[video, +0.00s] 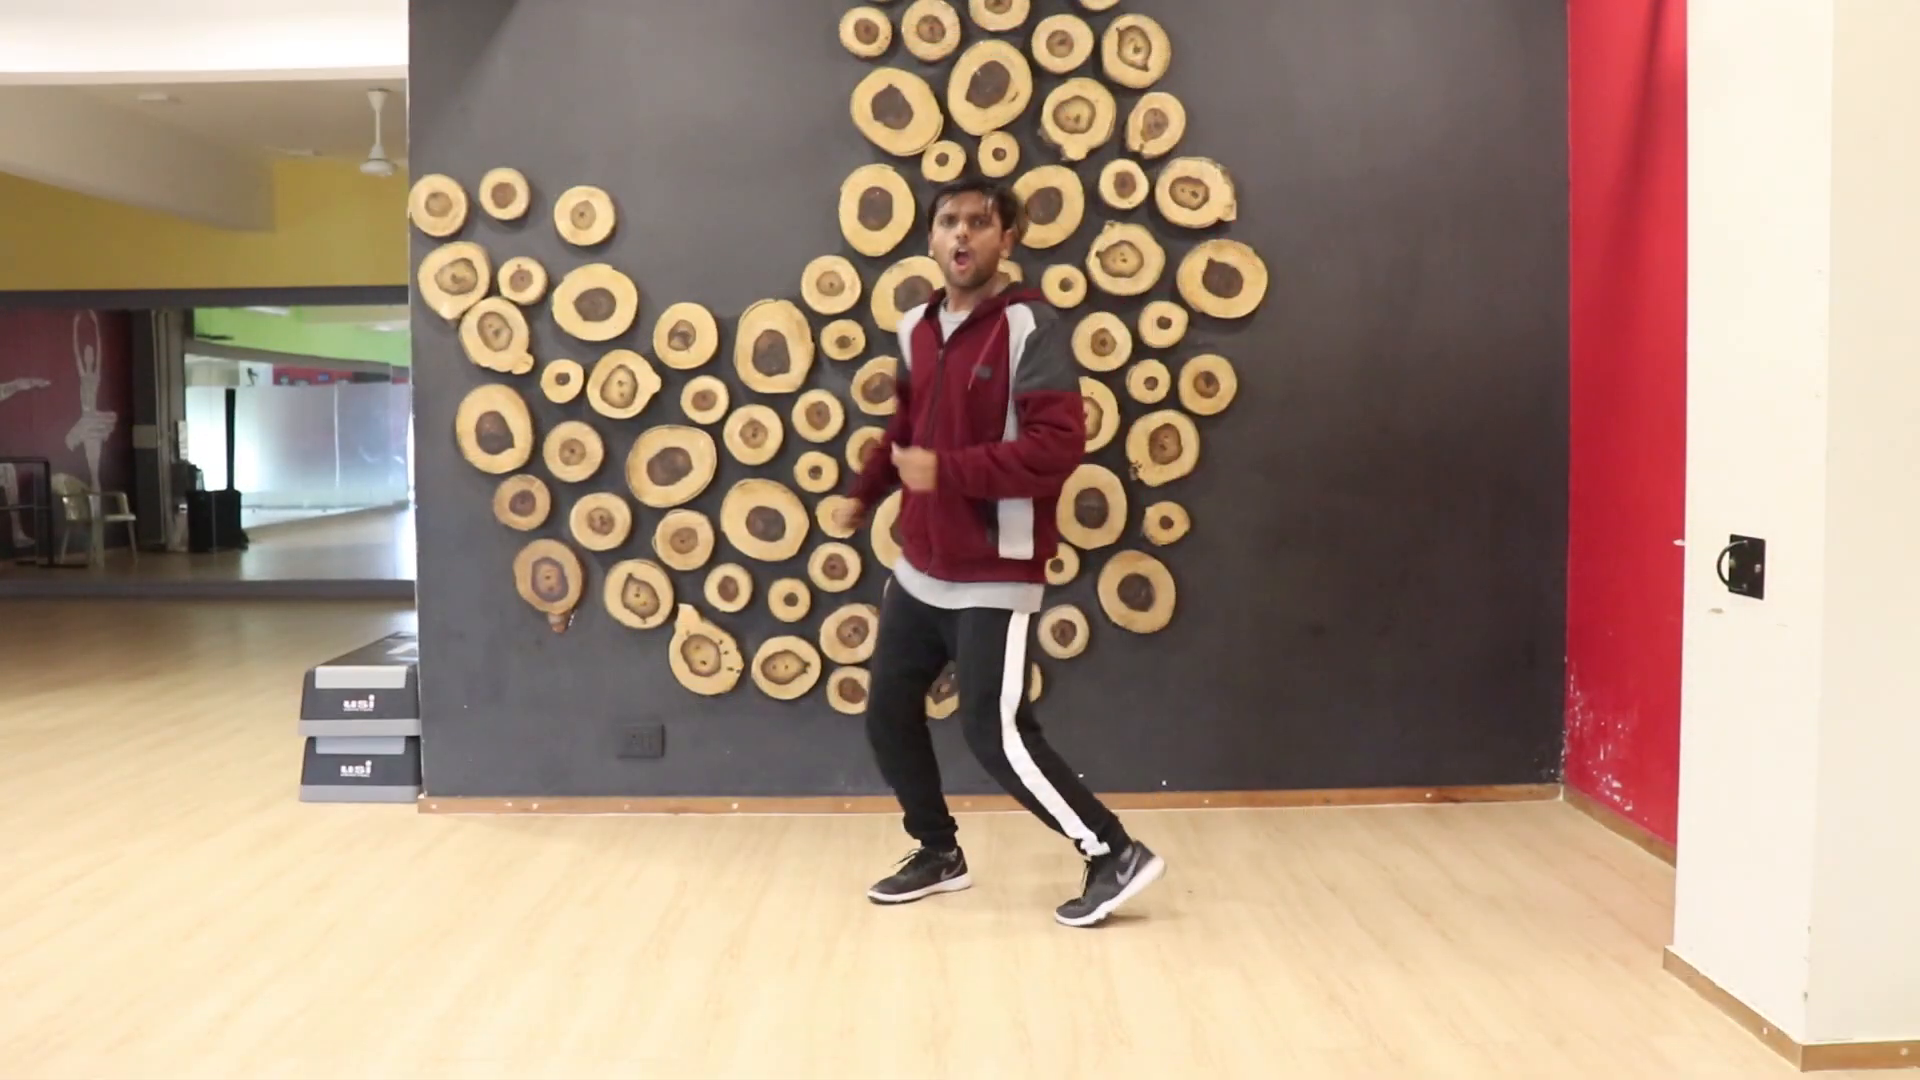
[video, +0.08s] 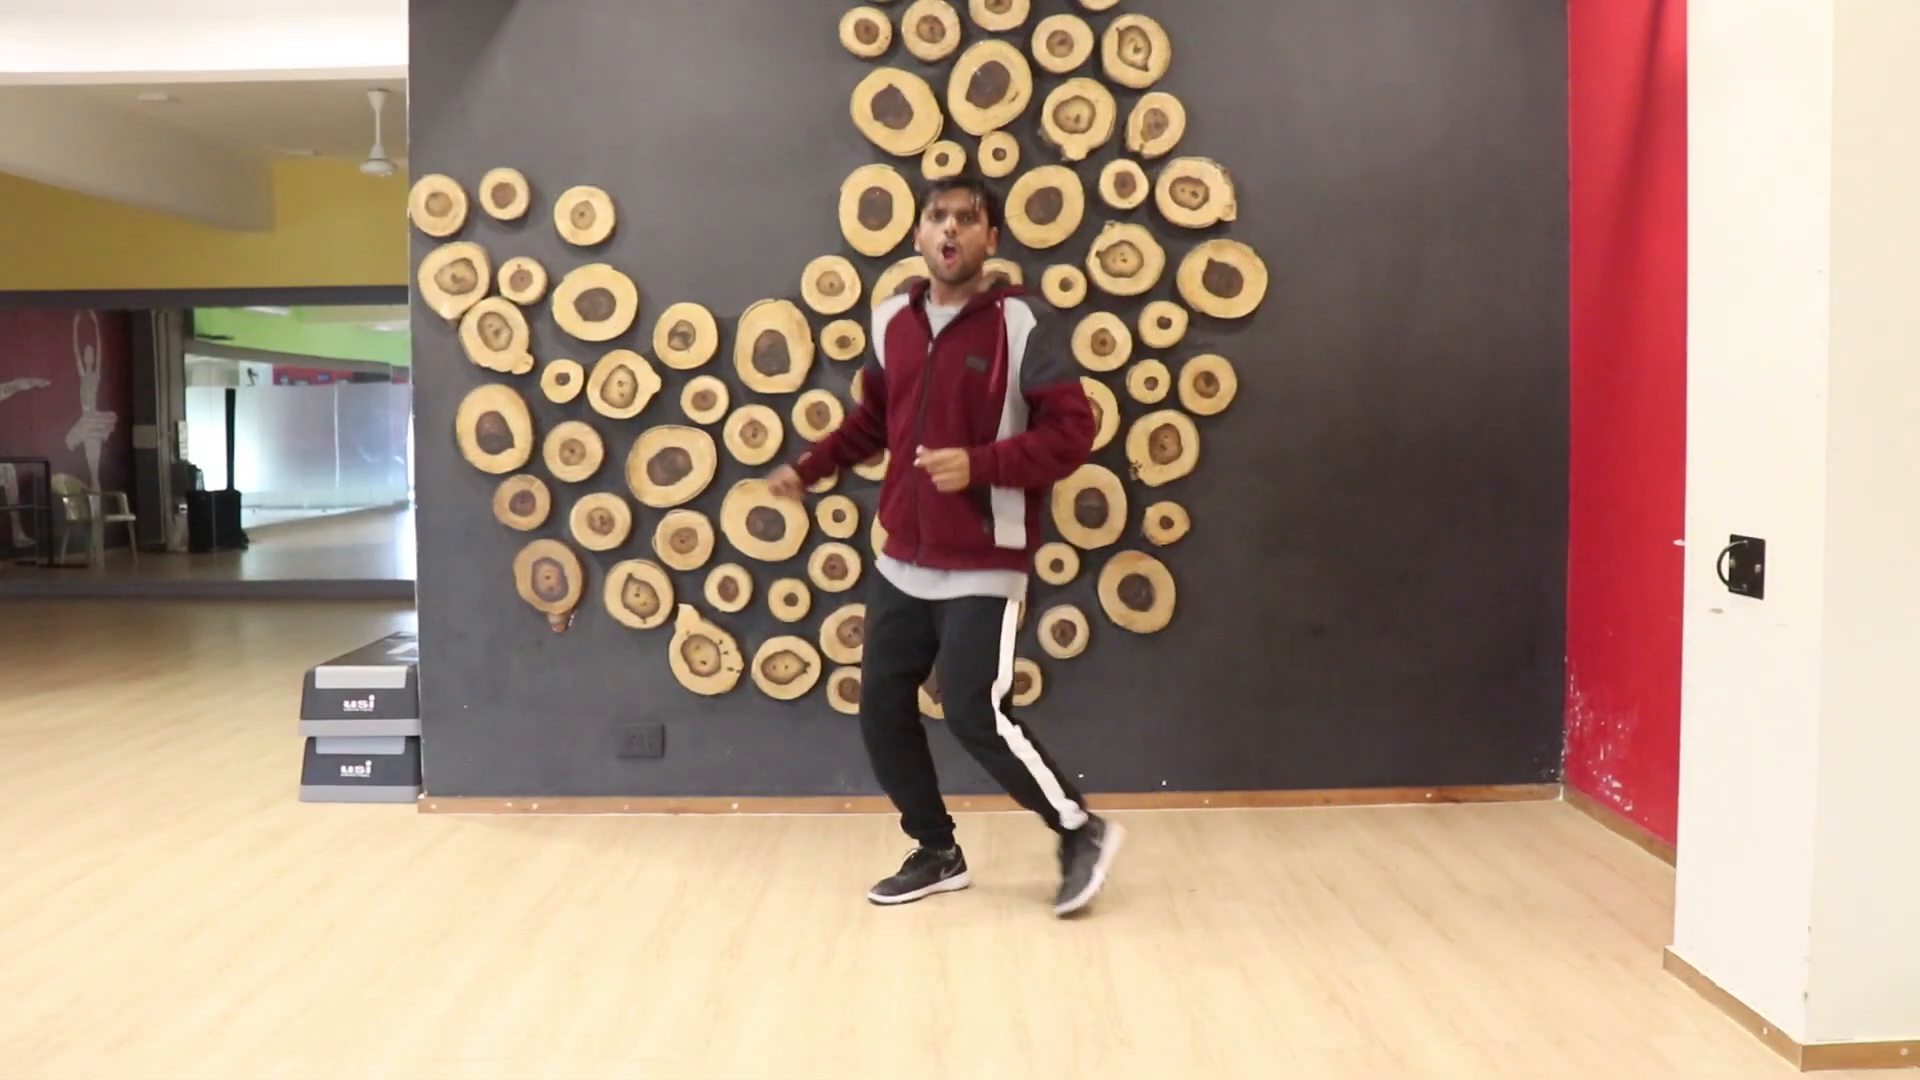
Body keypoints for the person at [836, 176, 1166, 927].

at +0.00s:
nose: (961, 236)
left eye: (977, 224)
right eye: (949, 224)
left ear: (1007, 240)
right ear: (931, 240)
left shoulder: (1032, 329)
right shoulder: (920, 331)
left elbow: (1057, 446)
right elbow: (907, 422)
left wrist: (945, 470)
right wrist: (861, 493)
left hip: (1000, 573)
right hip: (924, 564)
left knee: (996, 730)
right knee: (889, 714)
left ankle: (1113, 854)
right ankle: (937, 850)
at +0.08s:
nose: (949, 231)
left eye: (965, 219)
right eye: (937, 218)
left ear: (991, 237)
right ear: (919, 235)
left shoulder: (1021, 324)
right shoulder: (895, 318)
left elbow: (1074, 427)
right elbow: (875, 420)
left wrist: (980, 464)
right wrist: (808, 467)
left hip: (986, 565)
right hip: (905, 559)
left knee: (971, 710)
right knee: (881, 706)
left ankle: (1079, 831)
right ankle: (936, 850)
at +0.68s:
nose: (919, 270)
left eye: (933, 261)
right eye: (907, 260)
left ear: (954, 280)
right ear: (885, 276)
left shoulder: (982, 364)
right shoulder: (842, 345)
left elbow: (1007, 471)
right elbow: (767, 399)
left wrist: (991, 551)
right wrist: (817, 339)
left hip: (940, 577)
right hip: (845, 571)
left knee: (945, 731)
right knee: (839, 731)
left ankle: (947, 843)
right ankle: (882, 845)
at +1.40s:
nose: (917, 227)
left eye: (931, 218)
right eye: (903, 217)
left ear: (952, 238)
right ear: (880, 237)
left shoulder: (988, 317)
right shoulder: (846, 313)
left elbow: (1039, 409)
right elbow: (790, 386)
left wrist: (1044, 501)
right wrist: (821, 403)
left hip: (953, 544)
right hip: (862, 542)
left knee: (951, 700)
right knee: (863, 698)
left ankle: (949, 841)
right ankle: (882, 840)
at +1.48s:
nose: (919, 232)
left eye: (933, 223)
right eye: (904, 222)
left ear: (954, 243)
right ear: (882, 242)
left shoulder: (990, 328)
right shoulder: (845, 324)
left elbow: (1032, 439)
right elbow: (812, 417)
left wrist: (1029, 542)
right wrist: (833, 485)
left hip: (953, 550)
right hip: (864, 546)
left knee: (951, 702)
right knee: (863, 702)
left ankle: (949, 841)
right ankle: (883, 841)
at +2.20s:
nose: (945, 275)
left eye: (955, 262)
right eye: (928, 263)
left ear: (970, 271)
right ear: (899, 276)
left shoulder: (1010, 343)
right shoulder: (874, 363)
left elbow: (1043, 422)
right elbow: (848, 474)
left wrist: (1039, 473)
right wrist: (890, 471)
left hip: (990, 546)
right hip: (912, 541)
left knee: (990, 695)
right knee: (973, 664)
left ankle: (958, 836)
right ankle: (927, 806)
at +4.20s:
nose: (980, 231)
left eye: (994, 219)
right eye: (966, 219)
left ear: (1014, 235)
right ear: (942, 235)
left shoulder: (1044, 324)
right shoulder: (902, 317)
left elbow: (1080, 429)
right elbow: (865, 415)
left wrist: (1084, 519)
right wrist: (852, 507)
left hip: (1039, 552)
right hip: (948, 553)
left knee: (1039, 715)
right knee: (950, 710)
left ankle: (1005, 854)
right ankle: (940, 847)